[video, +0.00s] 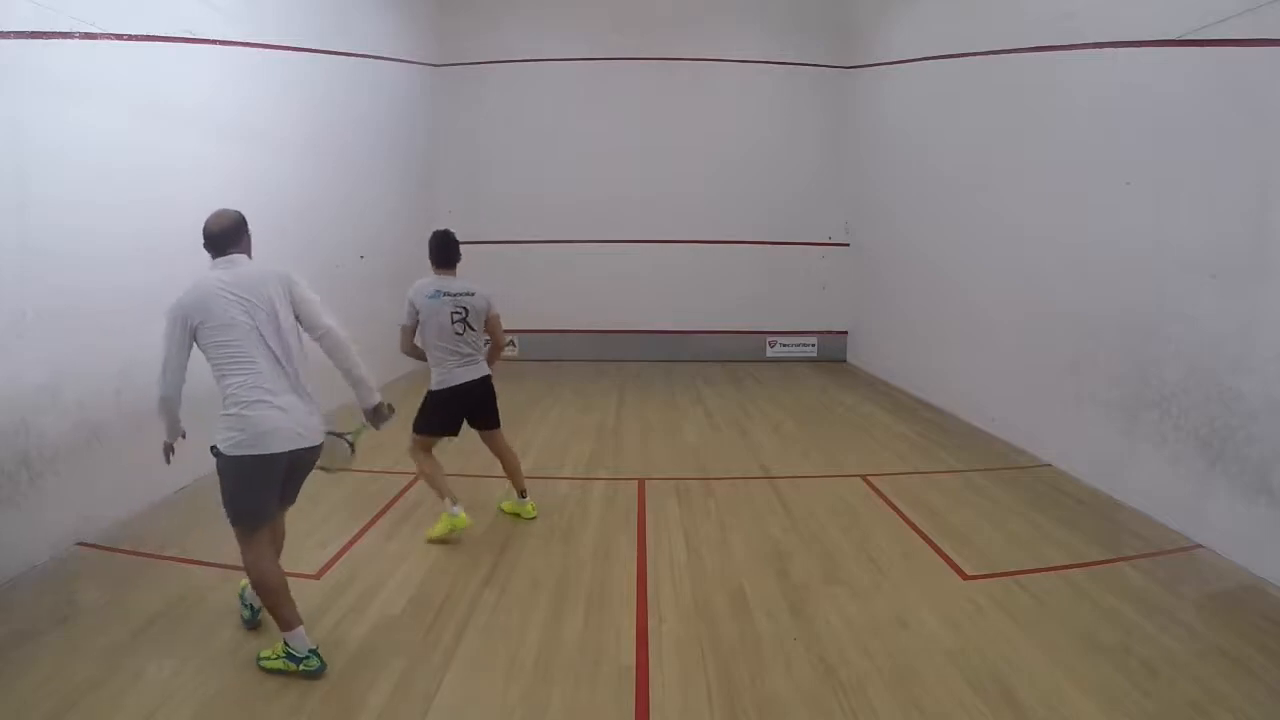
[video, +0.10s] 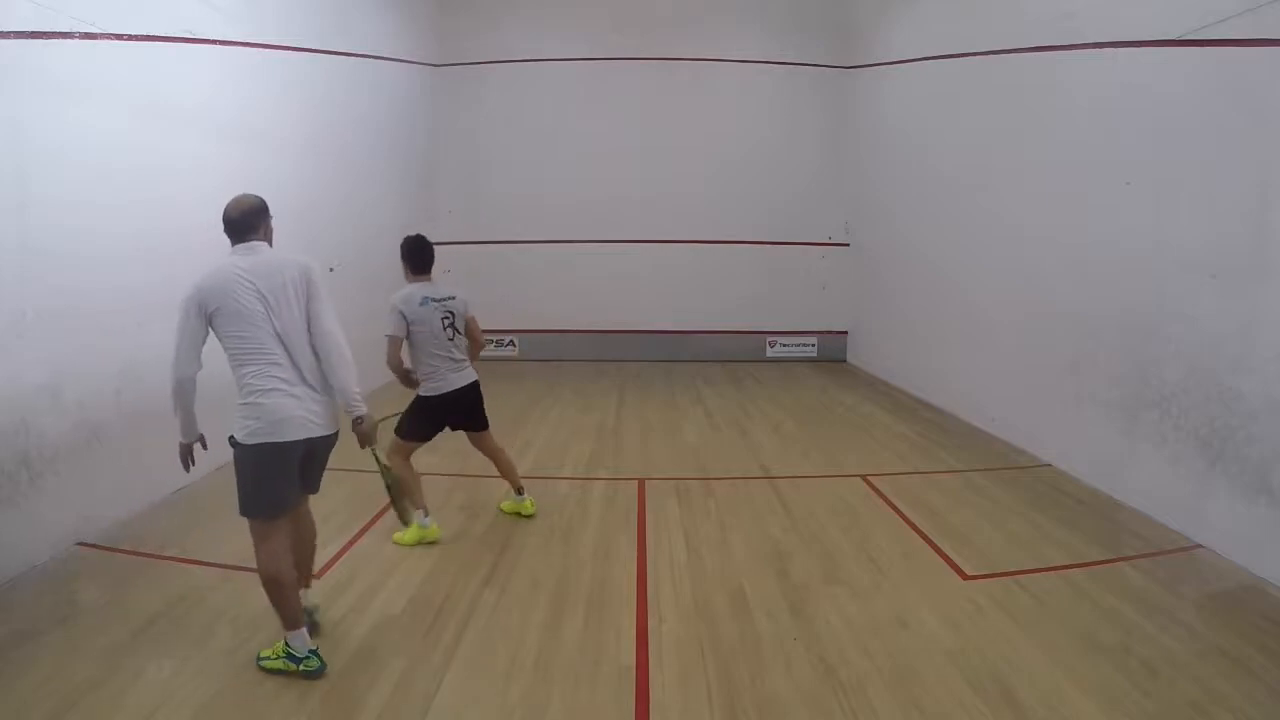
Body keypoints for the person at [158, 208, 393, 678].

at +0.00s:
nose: (250, 246)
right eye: (250, 238)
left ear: (206, 250)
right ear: (248, 241)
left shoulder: (190, 300)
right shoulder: (280, 281)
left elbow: (169, 385)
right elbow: (329, 335)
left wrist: (171, 428)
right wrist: (369, 397)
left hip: (246, 444)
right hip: (305, 435)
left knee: (257, 549)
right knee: (274, 517)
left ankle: (301, 650)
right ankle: (254, 595)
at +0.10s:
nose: (272, 231)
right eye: (271, 224)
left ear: (225, 235)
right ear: (268, 228)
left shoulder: (206, 286)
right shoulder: (301, 271)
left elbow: (184, 372)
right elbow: (332, 344)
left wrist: (187, 432)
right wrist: (358, 407)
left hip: (264, 430)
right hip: (320, 422)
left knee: (268, 537)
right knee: (298, 503)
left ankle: (299, 649)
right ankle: (301, 600)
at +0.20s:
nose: (296, 228)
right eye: (296, 220)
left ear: (250, 230)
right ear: (294, 224)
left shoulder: (226, 280)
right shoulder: (325, 272)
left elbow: (204, 362)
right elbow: (354, 346)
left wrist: (203, 436)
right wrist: (380, 412)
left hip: (280, 431)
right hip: (339, 423)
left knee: (276, 535)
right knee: (328, 497)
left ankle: (300, 647)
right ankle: (373, 594)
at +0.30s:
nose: (323, 235)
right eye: (324, 229)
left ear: (277, 233)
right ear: (321, 232)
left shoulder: (255, 283)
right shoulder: (351, 279)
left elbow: (232, 367)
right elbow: (388, 354)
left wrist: (227, 443)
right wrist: (416, 411)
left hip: (298, 434)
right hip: (358, 427)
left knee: (282, 536)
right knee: (364, 500)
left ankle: (302, 649)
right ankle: (436, 583)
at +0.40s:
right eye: (352, 233)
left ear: (307, 237)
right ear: (352, 236)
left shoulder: (292, 281)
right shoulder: (383, 279)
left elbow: (279, 356)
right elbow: (423, 347)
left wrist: (264, 436)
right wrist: (448, 399)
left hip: (325, 431)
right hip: (387, 424)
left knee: (303, 532)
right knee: (404, 504)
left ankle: (303, 649)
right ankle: (480, 585)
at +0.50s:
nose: (338, 249)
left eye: (336, 242)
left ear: (338, 242)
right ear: (378, 240)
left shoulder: (330, 286)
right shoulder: (415, 281)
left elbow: (327, 357)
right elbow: (457, 340)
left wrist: (318, 433)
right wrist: (467, 392)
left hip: (367, 435)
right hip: (427, 426)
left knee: (333, 533)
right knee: (445, 511)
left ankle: (310, 647)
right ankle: (500, 601)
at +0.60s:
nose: (347, 245)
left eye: (351, 237)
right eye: (349, 237)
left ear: (366, 238)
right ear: (391, 237)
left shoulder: (359, 282)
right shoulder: (436, 275)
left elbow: (371, 344)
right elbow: (475, 337)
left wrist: (365, 423)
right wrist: (488, 388)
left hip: (397, 426)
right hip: (454, 417)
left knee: (358, 519)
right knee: (459, 503)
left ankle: (349, 637)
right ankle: (503, 606)